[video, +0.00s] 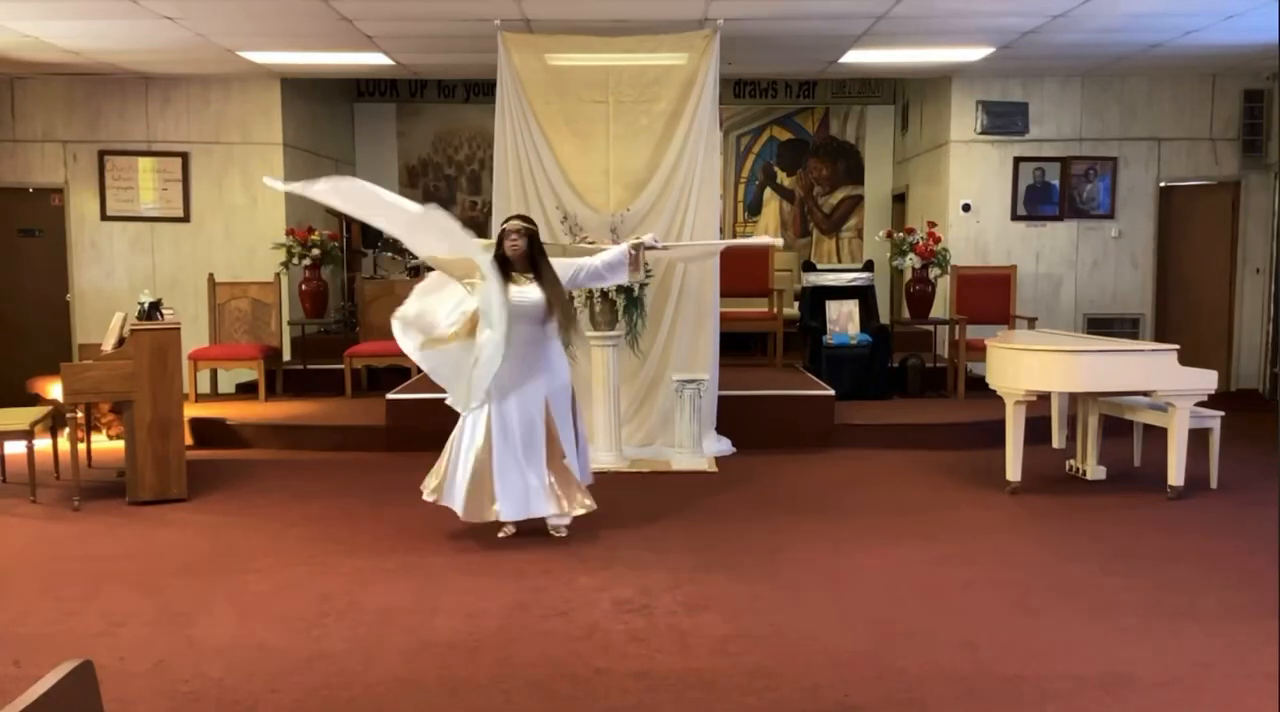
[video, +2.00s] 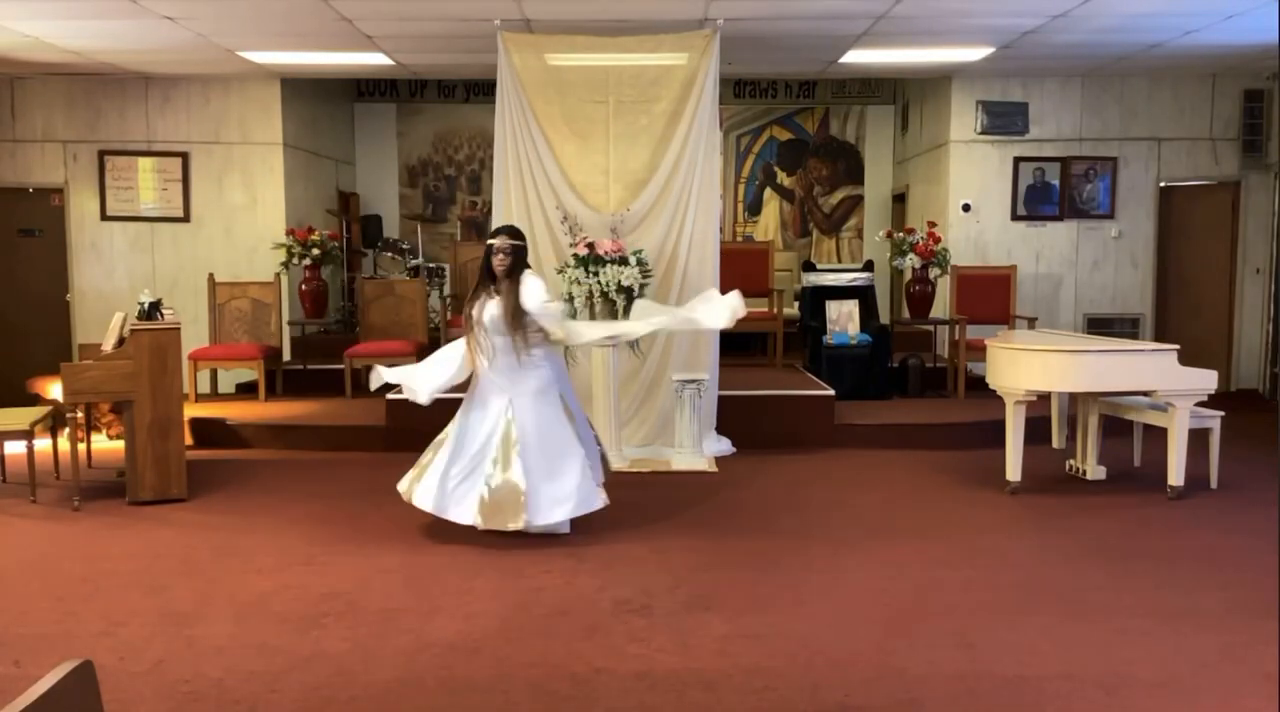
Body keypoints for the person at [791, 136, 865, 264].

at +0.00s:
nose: (816, 176)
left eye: (823, 169)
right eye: (812, 171)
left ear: (839, 166)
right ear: (808, 173)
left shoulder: (854, 193)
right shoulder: (818, 194)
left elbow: (828, 227)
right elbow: (800, 233)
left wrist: (808, 197)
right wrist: (799, 198)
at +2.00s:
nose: (816, 176)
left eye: (822, 169)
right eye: (813, 171)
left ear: (839, 166)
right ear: (808, 172)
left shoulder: (854, 193)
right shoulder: (819, 194)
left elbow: (828, 227)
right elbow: (800, 233)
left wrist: (808, 196)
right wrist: (799, 197)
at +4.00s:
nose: (815, 176)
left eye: (820, 170)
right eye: (812, 171)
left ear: (840, 166)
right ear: (808, 173)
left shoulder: (854, 193)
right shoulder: (820, 195)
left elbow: (828, 226)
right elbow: (799, 232)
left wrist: (808, 196)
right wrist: (799, 197)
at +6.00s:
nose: (815, 176)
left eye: (820, 170)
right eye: (812, 171)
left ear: (840, 165)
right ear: (808, 173)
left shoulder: (854, 193)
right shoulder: (820, 195)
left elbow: (828, 227)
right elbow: (800, 232)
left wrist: (808, 197)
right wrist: (799, 197)